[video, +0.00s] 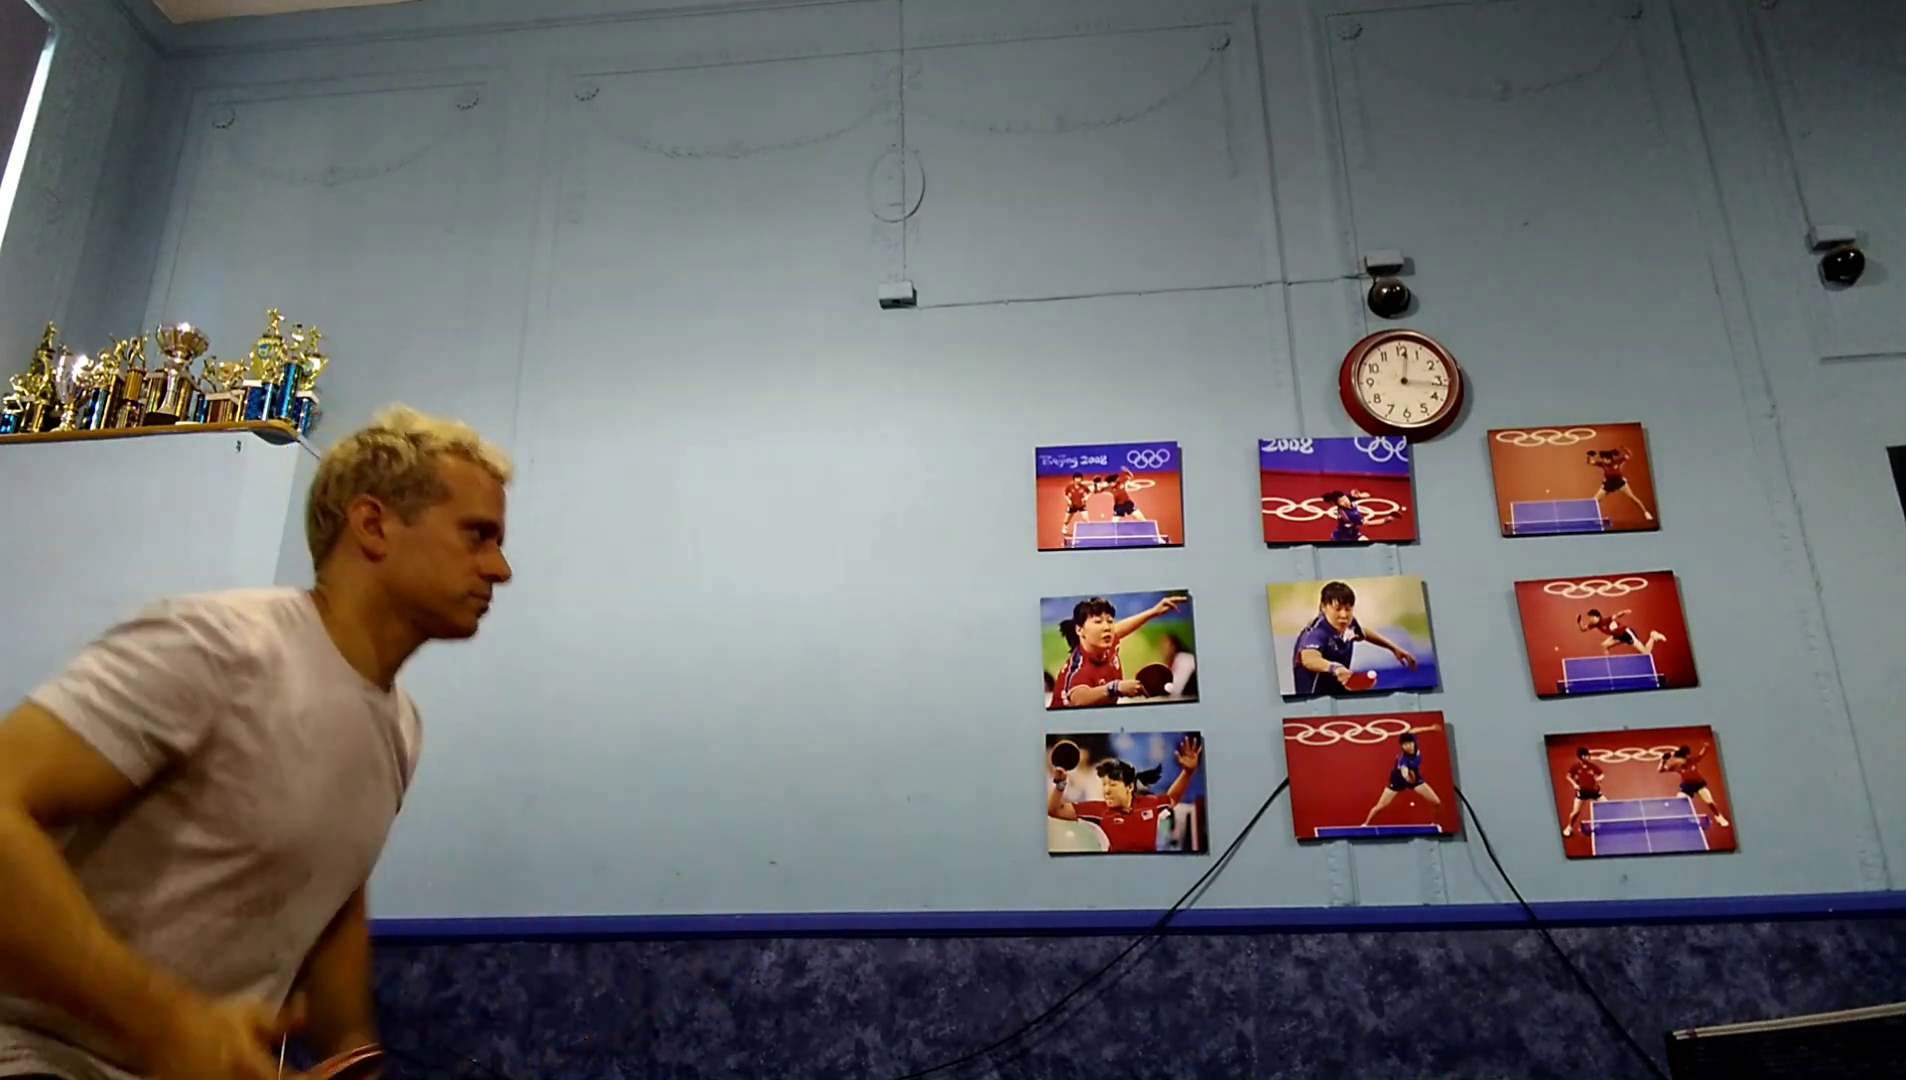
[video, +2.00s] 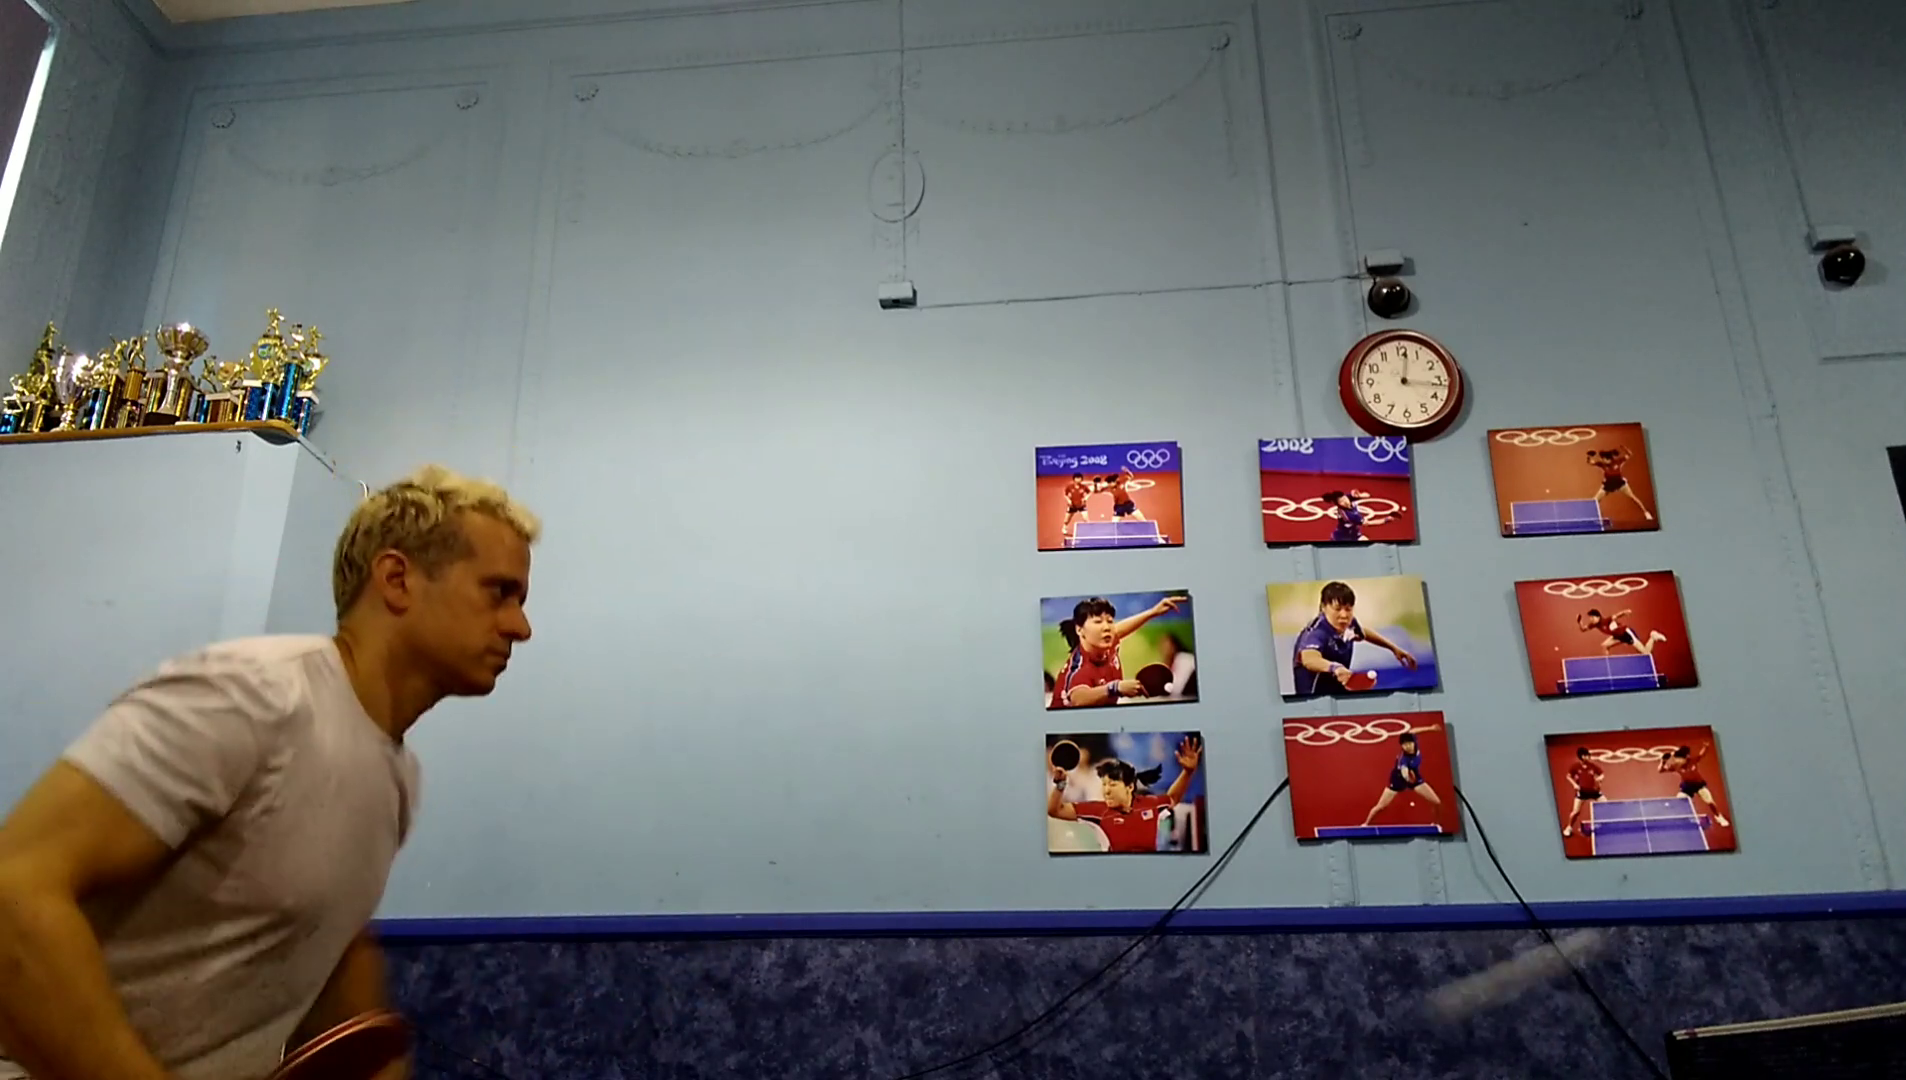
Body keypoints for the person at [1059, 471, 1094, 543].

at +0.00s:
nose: (1078, 480)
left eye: (1079, 479)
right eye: (1077, 479)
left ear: (1081, 479)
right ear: (1074, 479)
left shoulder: (1083, 487)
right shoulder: (1070, 487)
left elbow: (1090, 492)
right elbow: (1065, 494)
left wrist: (1085, 498)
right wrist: (1069, 501)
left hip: (1081, 505)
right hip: (1073, 505)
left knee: (1086, 519)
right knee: (1066, 520)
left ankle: (1090, 531)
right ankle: (1064, 529)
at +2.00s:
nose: (1078, 481)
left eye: (1079, 479)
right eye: (1077, 479)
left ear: (1081, 479)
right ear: (1074, 480)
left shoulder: (1083, 487)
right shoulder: (1070, 487)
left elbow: (1089, 492)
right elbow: (1065, 494)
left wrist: (1085, 498)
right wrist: (1068, 500)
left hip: (1081, 505)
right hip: (1072, 505)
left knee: (1086, 519)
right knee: (1066, 520)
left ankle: (1090, 530)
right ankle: (1064, 529)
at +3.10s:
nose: (1078, 481)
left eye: (1079, 479)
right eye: (1077, 479)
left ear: (1081, 480)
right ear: (1074, 480)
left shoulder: (1083, 487)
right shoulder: (1070, 487)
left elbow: (1089, 492)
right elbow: (1065, 494)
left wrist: (1085, 498)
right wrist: (1068, 501)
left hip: (1081, 505)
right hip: (1072, 505)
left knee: (1086, 519)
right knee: (1066, 520)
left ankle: (1090, 530)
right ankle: (1064, 528)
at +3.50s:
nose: (1078, 481)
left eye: (1080, 479)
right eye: (1077, 479)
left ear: (1081, 480)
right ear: (1074, 480)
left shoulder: (1083, 487)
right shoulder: (1070, 487)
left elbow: (1089, 492)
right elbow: (1065, 494)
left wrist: (1085, 498)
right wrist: (1068, 501)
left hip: (1081, 505)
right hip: (1072, 505)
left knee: (1086, 519)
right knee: (1066, 520)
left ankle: (1090, 531)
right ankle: (1064, 528)